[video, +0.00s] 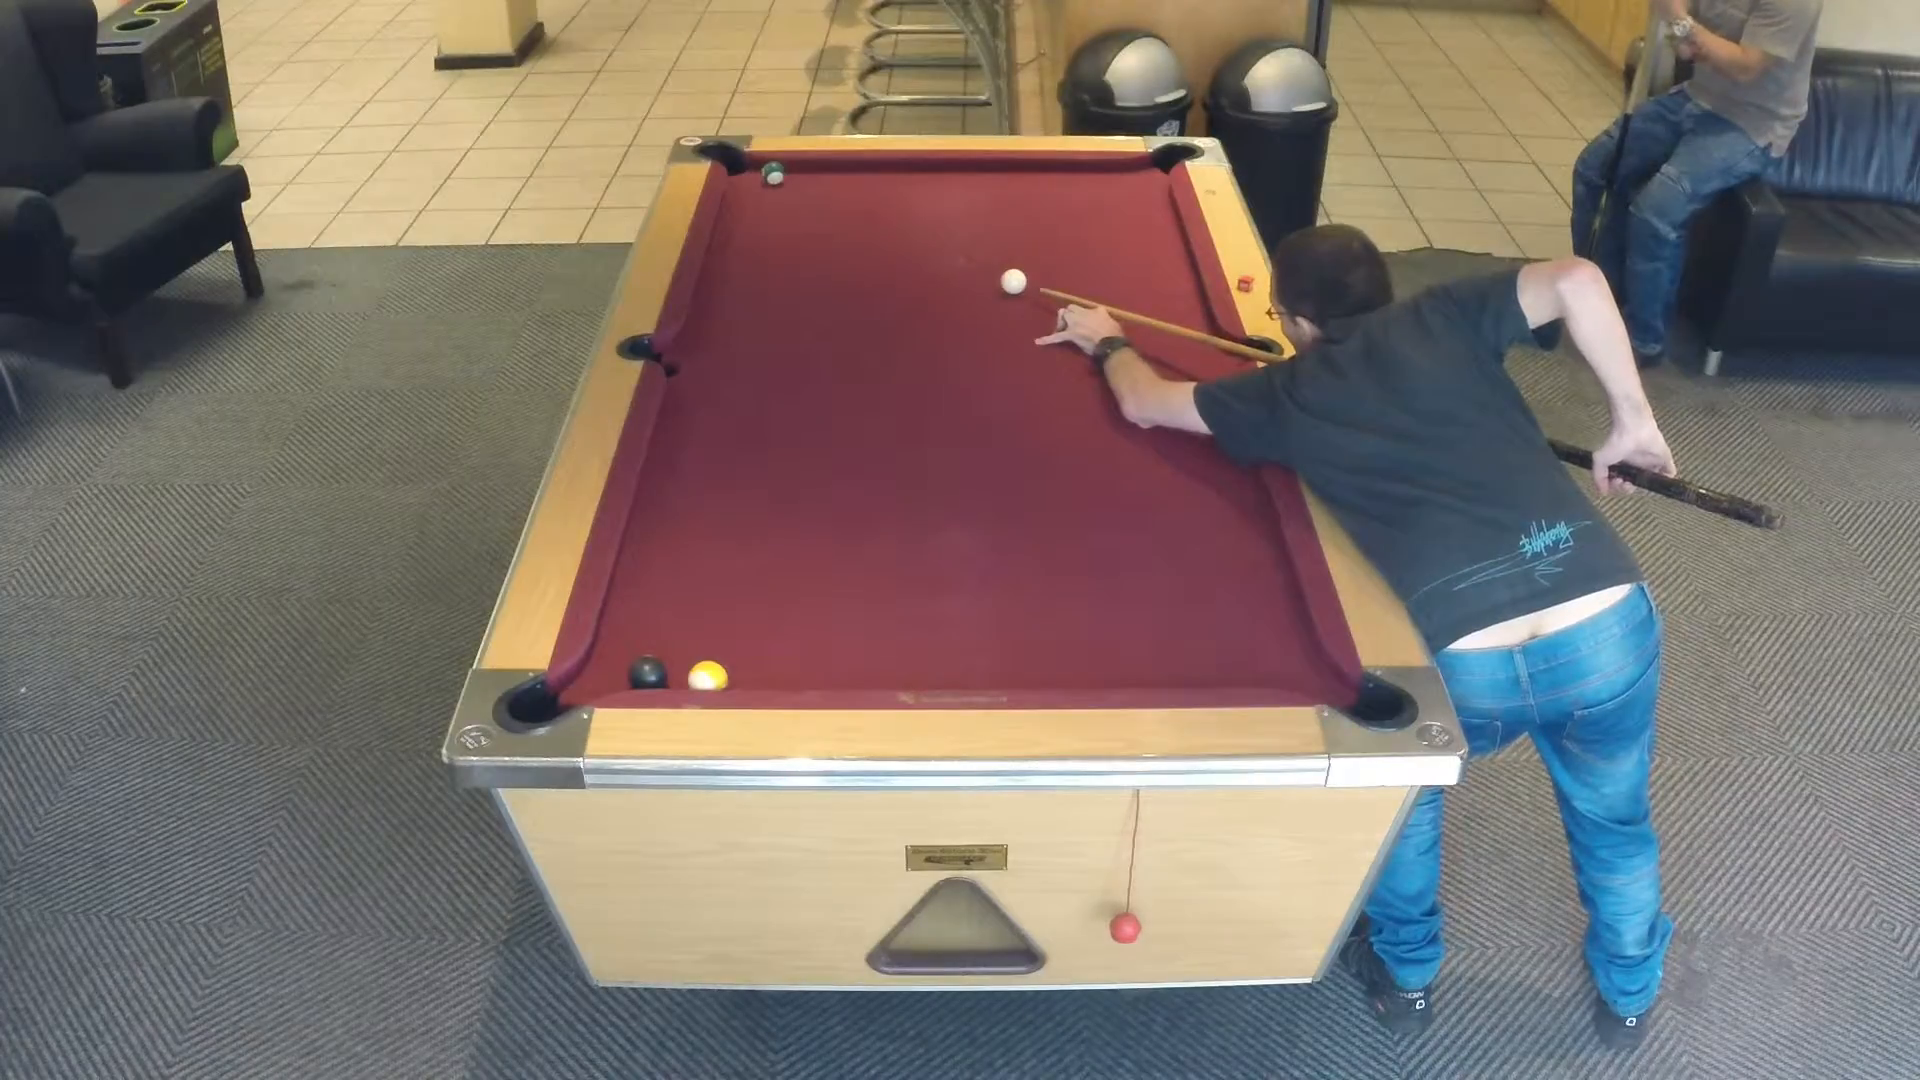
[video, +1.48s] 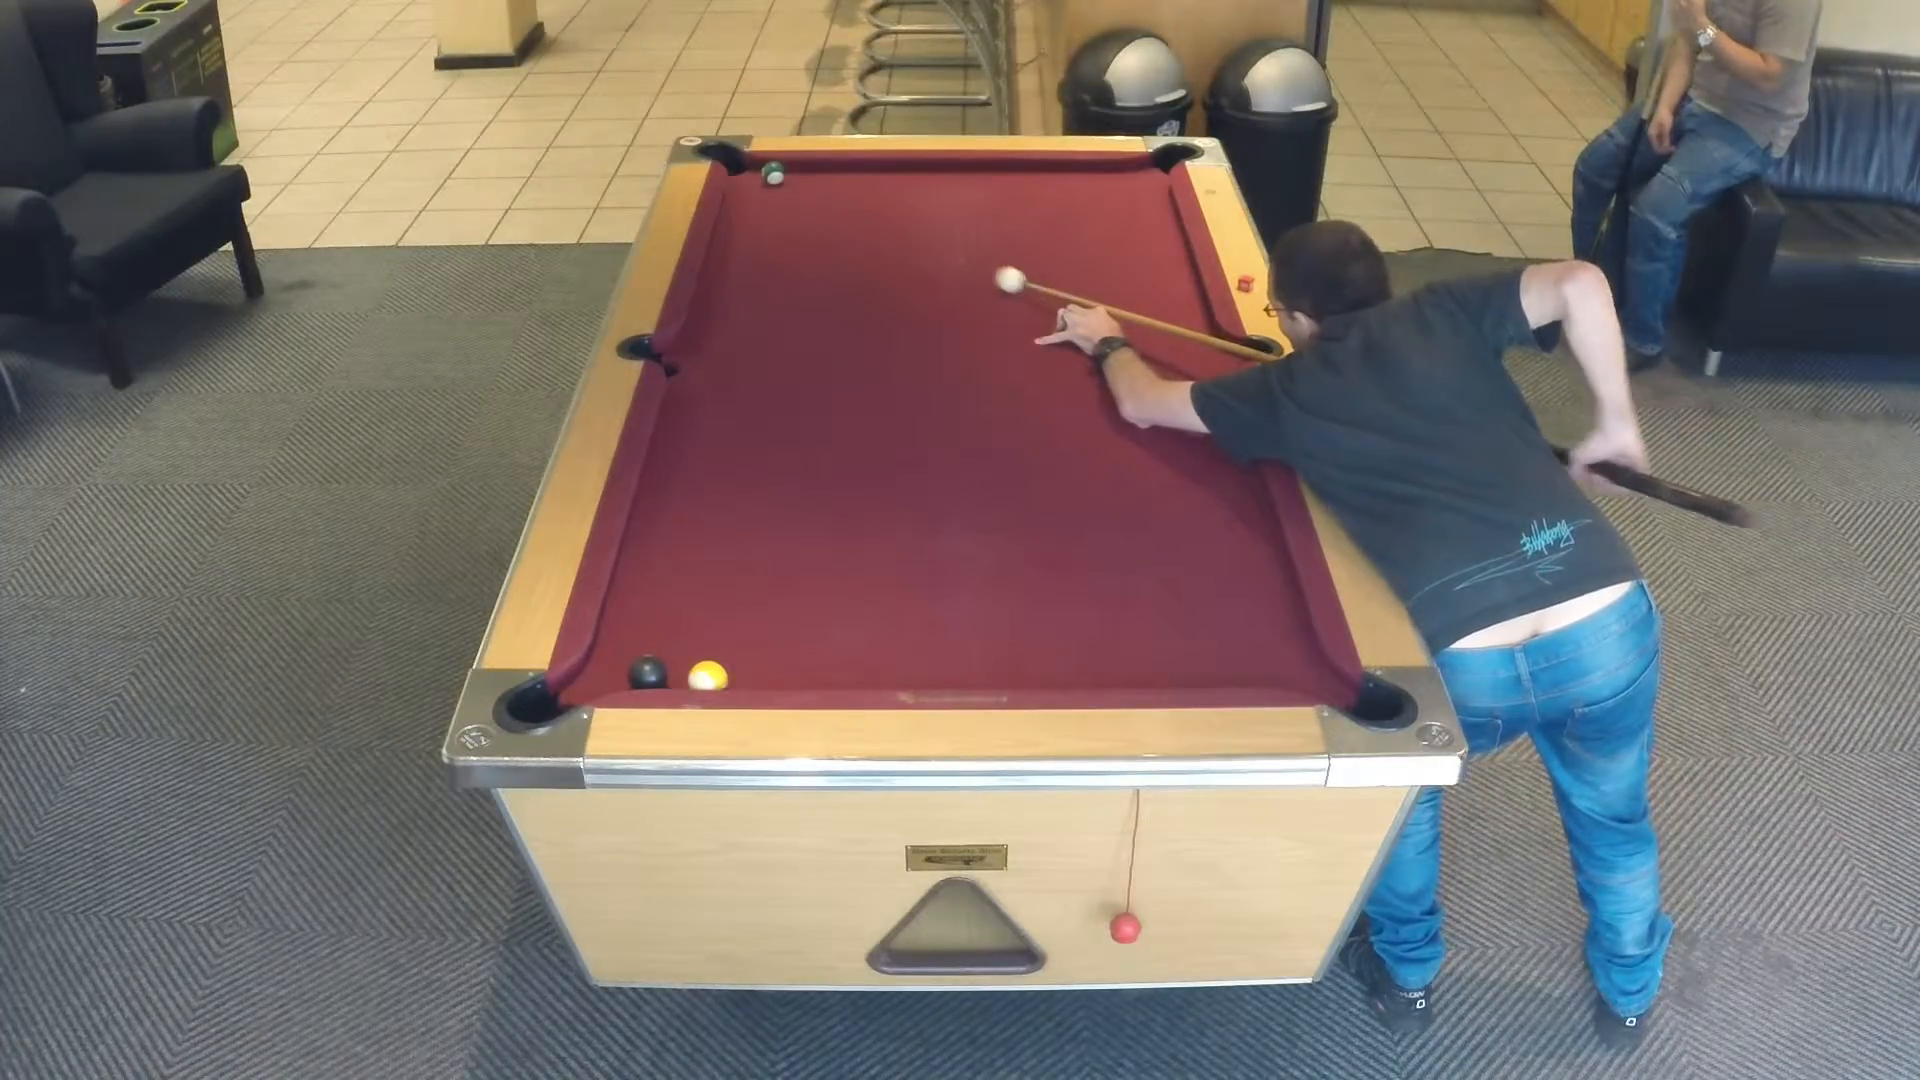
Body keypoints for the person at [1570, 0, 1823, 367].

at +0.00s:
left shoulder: (1793, 6)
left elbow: (1745, 67)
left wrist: (1680, 20)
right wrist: (1689, 39)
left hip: (1750, 126)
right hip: (1694, 98)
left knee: (1653, 210)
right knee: (1593, 168)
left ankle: (1644, 341)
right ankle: (1591, 302)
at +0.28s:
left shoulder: (1794, 6)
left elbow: (1747, 68)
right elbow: (1682, 75)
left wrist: (1682, 18)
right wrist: (1680, 39)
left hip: (1749, 126)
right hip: (1692, 100)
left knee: (1655, 210)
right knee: (1593, 168)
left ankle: (1645, 342)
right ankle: (1592, 303)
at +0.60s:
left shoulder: (1795, 6)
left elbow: (1766, 73)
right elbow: (1689, 35)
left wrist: (1696, 27)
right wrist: (1674, 92)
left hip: (1749, 126)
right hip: (1691, 103)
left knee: (1655, 210)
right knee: (1594, 169)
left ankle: (1644, 345)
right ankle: (1590, 299)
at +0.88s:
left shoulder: (1793, 6)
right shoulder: (1703, 2)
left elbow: (1771, 76)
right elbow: (1686, 43)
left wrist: (1704, 31)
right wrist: (1667, 105)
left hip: (1747, 127)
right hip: (1689, 103)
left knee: (1655, 209)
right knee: (1594, 169)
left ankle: (1642, 345)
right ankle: (1590, 303)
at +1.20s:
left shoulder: (1792, 6)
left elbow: (1770, 75)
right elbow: (1684, 44)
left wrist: (1703, 29)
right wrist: (1665, 107)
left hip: (1747, 126)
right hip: (1689, 102)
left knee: (1655, 209)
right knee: (1594, 170)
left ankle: (1642, 345)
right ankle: (1589, 302)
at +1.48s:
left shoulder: (1791, 7)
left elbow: (1770, 76)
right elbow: (1684, 40)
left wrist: (1702, 28)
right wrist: (1665, 106)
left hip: (1747, 126)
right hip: (1688, 101)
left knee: (1654, 210)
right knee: (1594, 169)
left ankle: (1643, 342)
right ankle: (1584, 297)